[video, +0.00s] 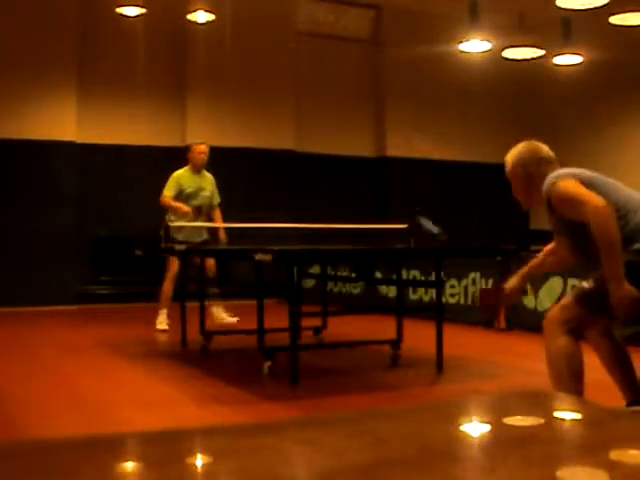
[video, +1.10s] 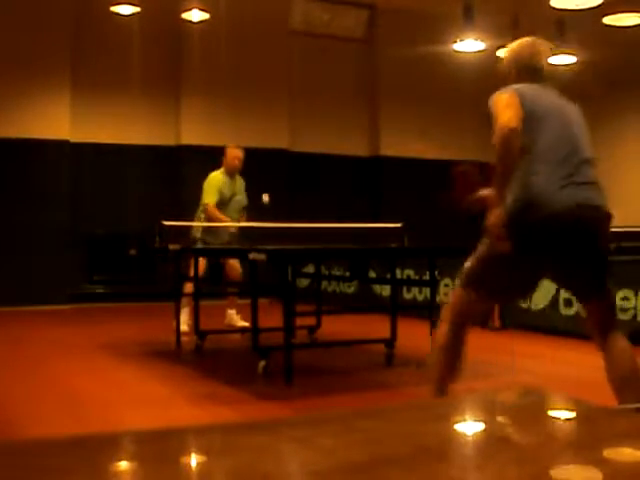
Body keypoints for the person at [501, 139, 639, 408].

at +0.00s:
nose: (513, 190)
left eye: (513, 181)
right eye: (511, 182)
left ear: (527, 176)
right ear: (545, 166)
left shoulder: (557, 185)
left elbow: (599, 210)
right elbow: (565, 249)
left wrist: (617, 282)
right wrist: (520, 279)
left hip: (635, 260)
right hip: (634, 259)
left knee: (557, 321)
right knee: (595, 326)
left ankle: (569, 417)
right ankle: (635, 401)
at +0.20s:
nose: (513, 148)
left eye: (514, 139)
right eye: (512, 140)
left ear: (528, 136)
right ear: (551, 130)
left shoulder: (552, 154)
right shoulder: (571, 148)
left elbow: (592, 184)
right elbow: (604, 228)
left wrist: (613, 258)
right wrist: (576, 270)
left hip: (630, 240)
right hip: (635, 239)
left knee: (554, 321)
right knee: (600, 321)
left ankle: (569, 418)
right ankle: (635, 400)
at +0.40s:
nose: (516, 101)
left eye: (517, 92)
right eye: (516, 92)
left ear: (526, 93)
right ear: (560, 89)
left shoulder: (546, 115)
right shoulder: (576, 117)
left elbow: (568, 157)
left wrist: (580, 231)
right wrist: (547, 238)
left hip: (616, 227)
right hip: (635, 225)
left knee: (548, 315)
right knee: (603, 316)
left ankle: (565, 410)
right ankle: (633, 397)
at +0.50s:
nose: (516, 81)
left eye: (518, 73)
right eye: (516, 73)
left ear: (525, 75)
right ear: (562, 76)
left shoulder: (541, 101)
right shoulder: (581, 107)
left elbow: (547, 144)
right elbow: (602, 177)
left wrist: (532, 214)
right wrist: (559, 216)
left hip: (604, 219)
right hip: (631, 214)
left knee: (543, 314)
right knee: (602, 311)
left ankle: (561, 414)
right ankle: (632, 401)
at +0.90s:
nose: (533, 51)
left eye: (535, 45)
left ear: (539, 47)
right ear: (579, 51)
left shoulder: (541, 74)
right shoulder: (601, 90)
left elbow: (541, 106)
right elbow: (612, 155)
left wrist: (526, 177)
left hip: (562, 211)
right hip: (614, 213)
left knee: (498, 311)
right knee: (616, 327)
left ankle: (512, 407)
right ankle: (635, 414)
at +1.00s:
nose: (526, 59)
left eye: (528, 54)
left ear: (531, 57)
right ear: (572, 60)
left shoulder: (527, 83)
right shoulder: (592, 98)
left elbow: (530, 116)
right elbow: (603, 160)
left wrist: (520, 191)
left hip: (551, 209)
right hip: (604, 211)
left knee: (482, 310)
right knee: (611, 331)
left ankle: (471, 410)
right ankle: (634, 417)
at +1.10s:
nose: (500, 72)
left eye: (502, 66)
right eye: (500, 66)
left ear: (510, 69)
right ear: (544, 70)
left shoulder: (508, 95)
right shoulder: (569, 107)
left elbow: (509, 129)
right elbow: (564, 165)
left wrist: (498, 196)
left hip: (535, 216)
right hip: (589, 217)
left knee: (458, 310)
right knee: (608, 327)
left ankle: (436, 403)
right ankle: (634, 418)